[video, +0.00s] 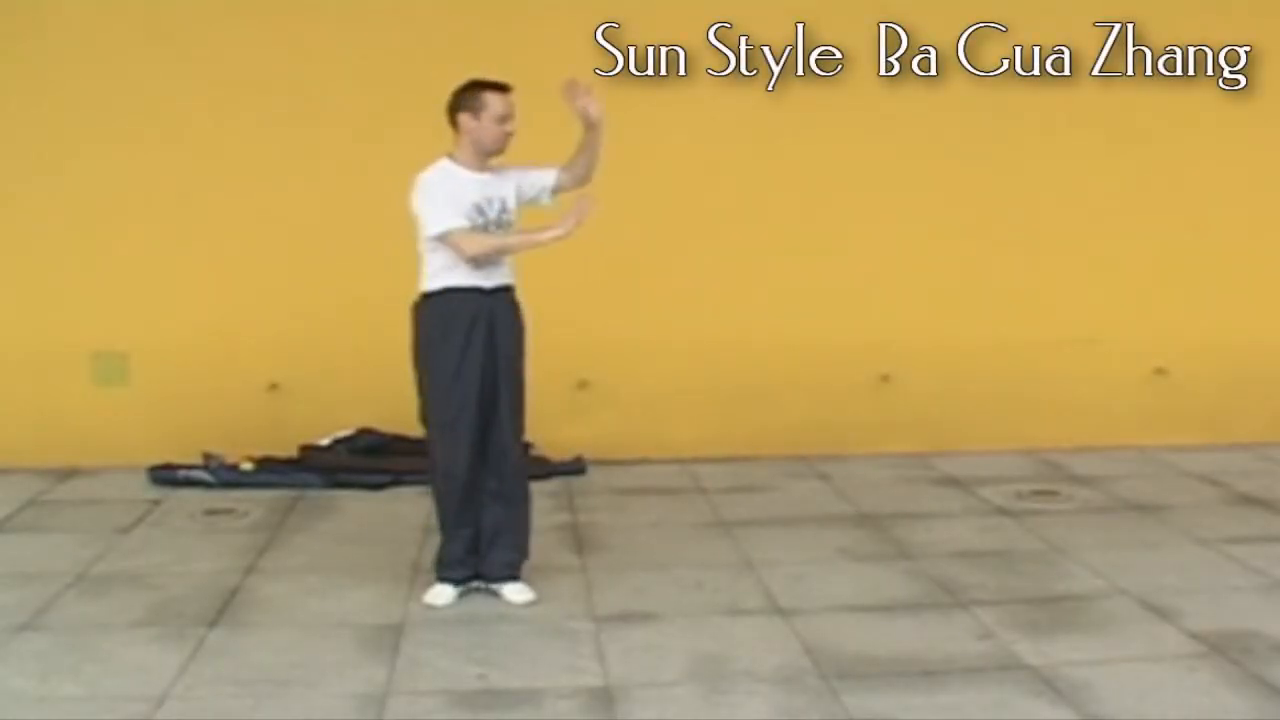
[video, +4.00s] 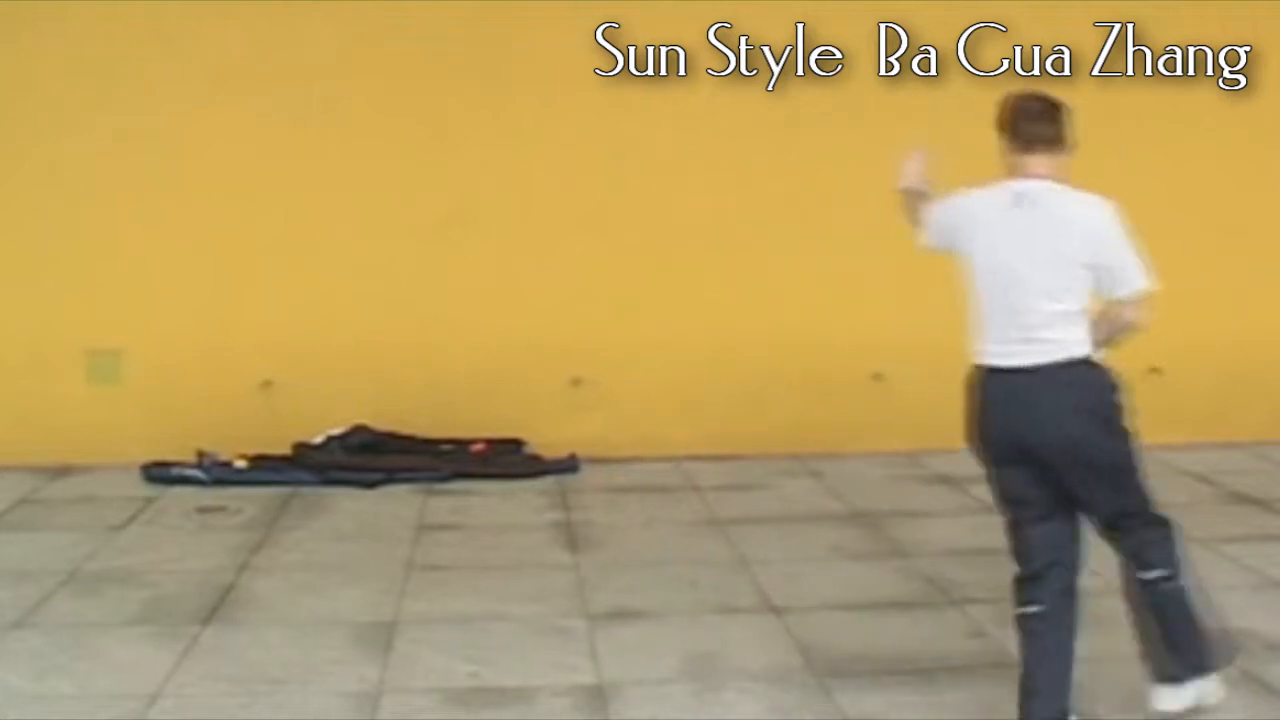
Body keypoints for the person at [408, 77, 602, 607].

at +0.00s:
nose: (509, 129)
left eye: (511, 120)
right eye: (500, 120)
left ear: (501, 126)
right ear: (465, 122)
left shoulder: (506, 181)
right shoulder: (433, 183)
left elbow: (571, 178)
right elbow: (473, 248)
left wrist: (593, 129)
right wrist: (555, 232)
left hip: (500, 312)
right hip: (448, 314)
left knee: (504, 442)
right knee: (453, 444)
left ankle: (502, 567)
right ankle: (454, 569)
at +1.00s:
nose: (475, 142)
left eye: (483, 132)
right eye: (465, 132)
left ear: (493, 131)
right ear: (445, 131)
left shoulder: (513, 186)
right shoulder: (420, 183)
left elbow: (564, 244)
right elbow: (416, 261)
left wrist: (615, 299)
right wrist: (439, 331)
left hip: (495, 314)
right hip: (437, 314)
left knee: (498, 445)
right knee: (445, 448)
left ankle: (501, 568)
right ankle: (452, 570)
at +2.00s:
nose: (456, 155)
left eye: (463, 146)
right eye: (447, 145)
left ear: (472, 149)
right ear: (420, 145)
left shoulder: (481, 198)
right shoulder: (388, 200)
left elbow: (535, 189)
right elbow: (363, 271)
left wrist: (510, 125)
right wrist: (428, 278)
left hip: (463, 332)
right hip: (404, 332)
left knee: (458, 472)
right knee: (410, 470)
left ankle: (445, 613)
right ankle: (445, 578)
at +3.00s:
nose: (586, 169)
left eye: (585, 156)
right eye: (577, 156)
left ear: (546, 159)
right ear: (539, 157)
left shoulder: (570, 224)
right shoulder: (482, 228)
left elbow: (642, 219)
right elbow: (499, 328)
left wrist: (724, 193)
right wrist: (585, 375)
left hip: (547, 400)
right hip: (490, 402)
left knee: (525, 546)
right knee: (539, 552)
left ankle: (418, 645)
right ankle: (607, 706)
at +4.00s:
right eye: (1056, 142)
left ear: (1006, 144)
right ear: (1064, 144)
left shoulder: (975, 208)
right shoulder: (1091, 212)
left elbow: (928, 223)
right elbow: (1131, 310)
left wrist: (914, 187)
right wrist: (1077, 344)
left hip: (999, 398)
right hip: (1073, 394)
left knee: (1042, 566)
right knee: (1139, 530)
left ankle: (1043, 709)